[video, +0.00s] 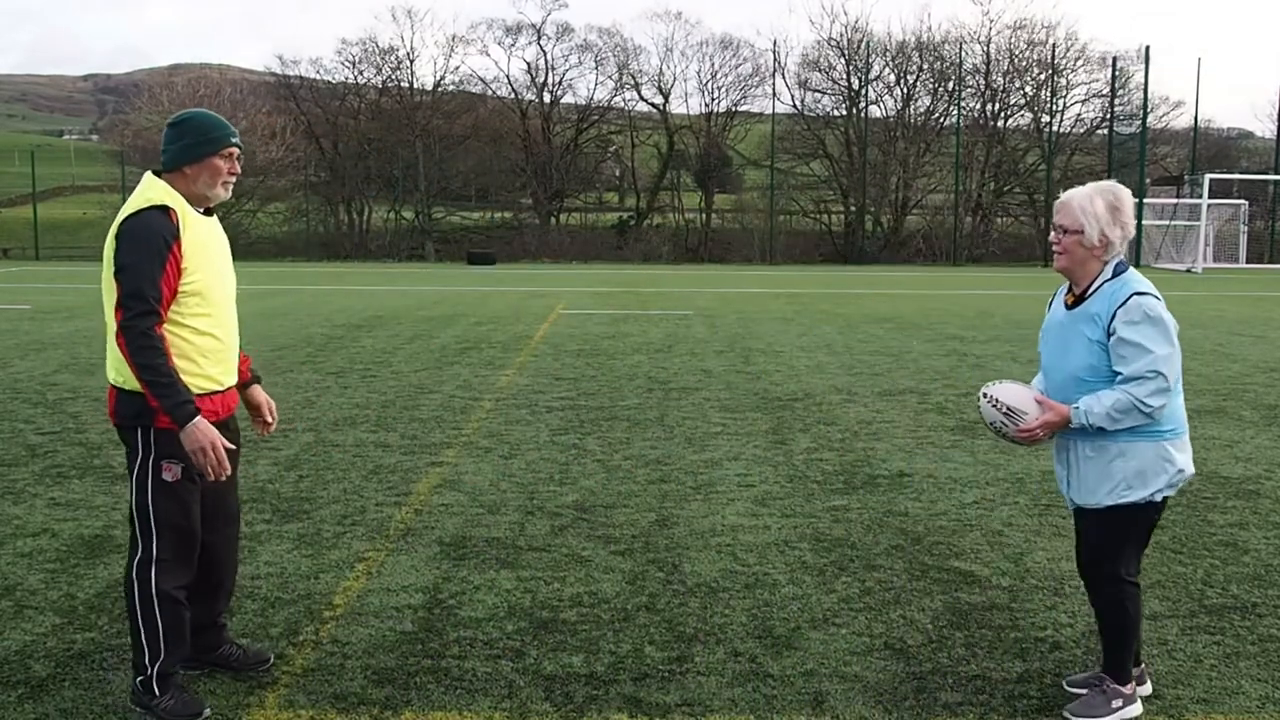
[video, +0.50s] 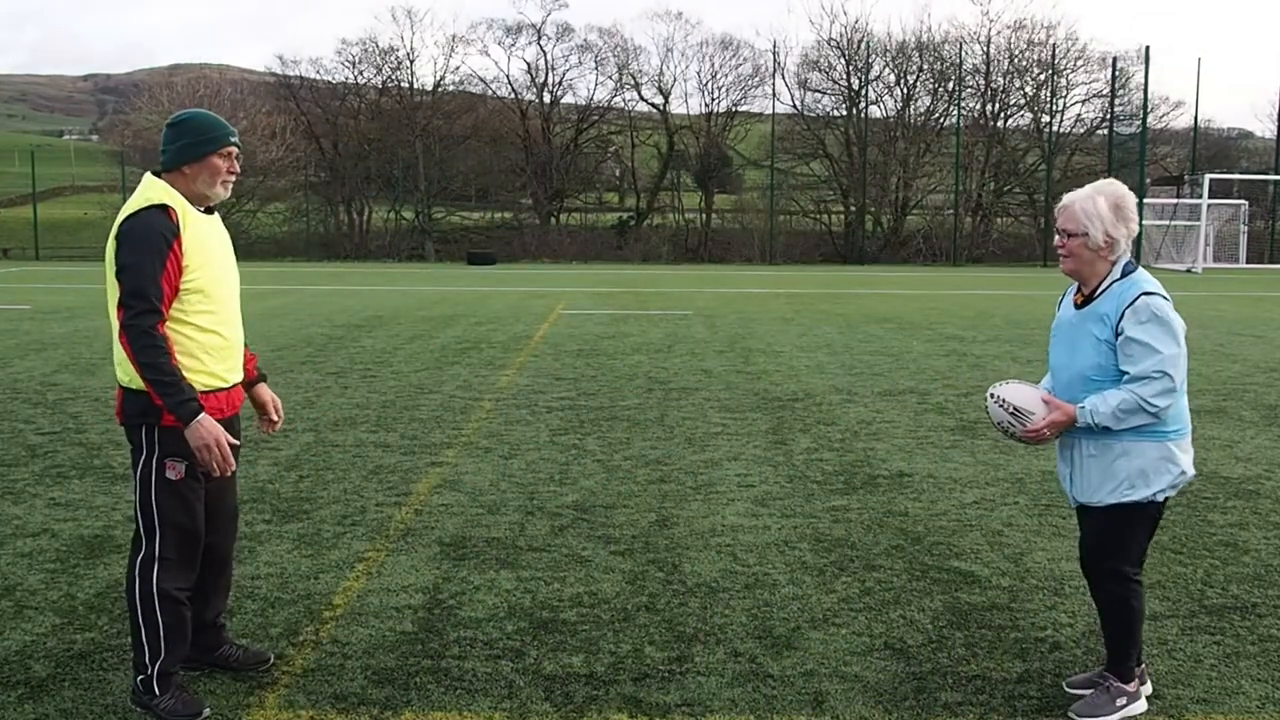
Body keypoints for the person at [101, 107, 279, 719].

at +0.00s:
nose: (234, 169)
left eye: (236, 159)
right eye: (224, 157)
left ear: (214, 165)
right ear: (187, 159)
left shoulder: (202, 218)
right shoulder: (150, 219)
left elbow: (210, 314)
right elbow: (138, 329)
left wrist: (246, 382)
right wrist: (186, 417)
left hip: (211, 408)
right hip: (159, 413)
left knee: (214, 536)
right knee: (165, 551)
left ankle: (205, 643)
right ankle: (156, 682)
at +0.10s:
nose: (233, 168)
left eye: (236, 158)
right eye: (223, 156)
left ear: (219, 165)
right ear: (186, 158)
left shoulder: (203, 218)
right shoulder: (150, 218)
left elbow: (212, 313)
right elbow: (139, 328)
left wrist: (248, 381)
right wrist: (184, 416)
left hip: (212, 409)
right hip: (162, 414)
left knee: (211, 539)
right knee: (167, 551)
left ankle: (205, 643)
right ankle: (156, 682)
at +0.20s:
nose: (233, 167)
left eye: (236, 157)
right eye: (223, 155)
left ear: (221, 165)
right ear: (185, 158)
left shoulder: (205, 218)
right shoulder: (151, 218)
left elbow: (214, 313)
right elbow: (139, 328)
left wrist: (250, 381)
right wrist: (185, 415)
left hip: (213, 409)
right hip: (162, 412)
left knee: (213, 538)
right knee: (167, 549)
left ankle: (205, 643)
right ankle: (156, 682)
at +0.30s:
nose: (232, 168)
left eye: (235, 158)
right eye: (222, 156)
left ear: (220, 166)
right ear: (185, 159)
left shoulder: (204, 218)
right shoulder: (150, 219)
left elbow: (214, 313)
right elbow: (139, 328)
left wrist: (251, 381)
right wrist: (187, 415)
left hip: (213, 409)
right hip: (163, 414)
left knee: (212, 537)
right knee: (166, 550)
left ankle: (205, 642)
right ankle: (156, 683)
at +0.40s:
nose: (233, 167)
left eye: (235, 157)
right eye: (222, 155)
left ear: (219, 166)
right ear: (185, 159)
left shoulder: (204, 218)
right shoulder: (151, 218)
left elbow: (214, 314)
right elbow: (139, 328)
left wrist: (253, 380)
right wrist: (189, 414)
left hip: (214, 408)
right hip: (164, 413)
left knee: (213, 536)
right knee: (166, 549)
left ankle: (205, 641)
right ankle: (155, 680)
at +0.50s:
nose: (233, 167)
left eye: (235, 157)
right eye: (223, 155)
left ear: (219, 166)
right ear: (185, 159)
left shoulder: (204, 217)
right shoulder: (151, 218)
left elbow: (214, 315)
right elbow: (139, 328)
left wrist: (253, 380)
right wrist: (190, 414)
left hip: (215, 408)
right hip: (164, 413)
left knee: (214, 537)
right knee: (167, 549)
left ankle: (204, 641)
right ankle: (156, 679)